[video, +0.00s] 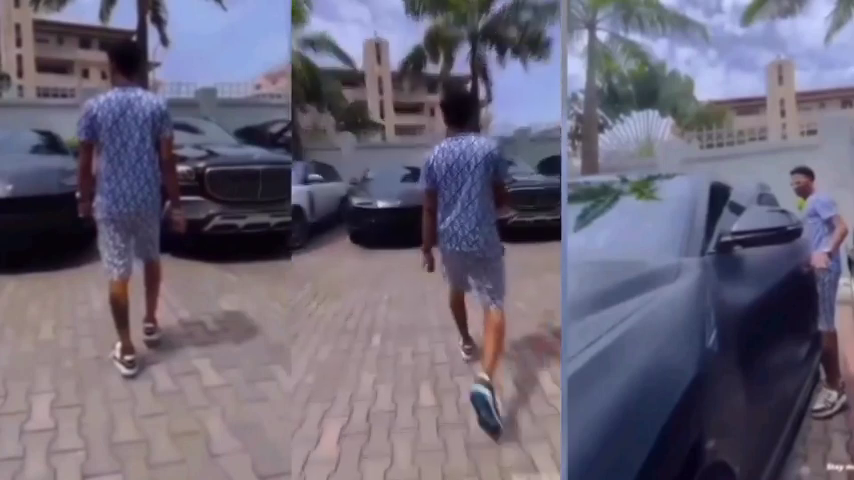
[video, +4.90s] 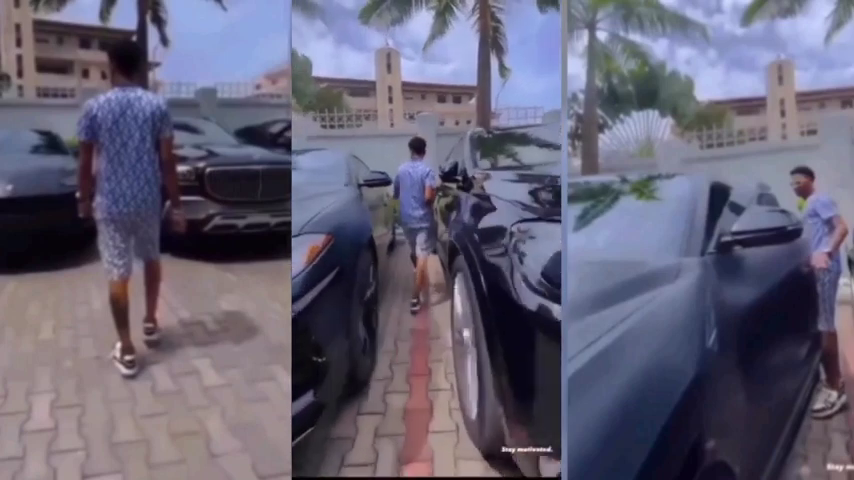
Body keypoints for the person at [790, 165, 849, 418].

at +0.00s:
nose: (796, 187)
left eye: (799, 183)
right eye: (793, 184)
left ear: (811, 181)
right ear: (797, 185)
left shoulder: (821, 201)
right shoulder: (809, 205)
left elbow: (842, 227)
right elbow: (820, 234)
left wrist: (827, 253)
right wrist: (810, 255)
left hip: (825, 268)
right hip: (815, 268)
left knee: (825, 327)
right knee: (822, 327)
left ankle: (834, 388)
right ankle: (830, 385)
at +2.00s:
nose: (796, 187)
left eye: (799, 183)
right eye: (793, 184)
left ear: (811, 181)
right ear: (797, 185)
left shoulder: (821, 201)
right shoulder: (809, 205)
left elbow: (842, 227)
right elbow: (820, 234)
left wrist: (827, 253)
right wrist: (810, 255)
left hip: (825, 268)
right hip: (815, 268)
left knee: (825, 327)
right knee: (822, 327)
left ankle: (834, 388)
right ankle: (830, 385)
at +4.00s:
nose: (796, 187)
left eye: (799, 183)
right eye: (793, 184)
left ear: (811, 181)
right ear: (797, 185)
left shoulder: (821, 201)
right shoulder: (809, 205)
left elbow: (842, 227)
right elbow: (820, 234)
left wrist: (827, 253)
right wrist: (810, 255)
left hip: (825, 268)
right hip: (815, 268)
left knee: (825, 327)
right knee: (822, 327)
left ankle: (834, 388)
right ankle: (830, 385)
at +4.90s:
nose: (795, 187)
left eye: (799, 183)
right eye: (793, 184)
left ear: (811, 181)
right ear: (797, 185)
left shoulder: (820, 201)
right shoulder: (809, 205)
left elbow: (841, 227)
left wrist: (827, 253)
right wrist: (811, 255)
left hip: (825, 268)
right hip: (815, 268)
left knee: (825, 327)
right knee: (821, 327)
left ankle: (835, 387)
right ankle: (830, 383)